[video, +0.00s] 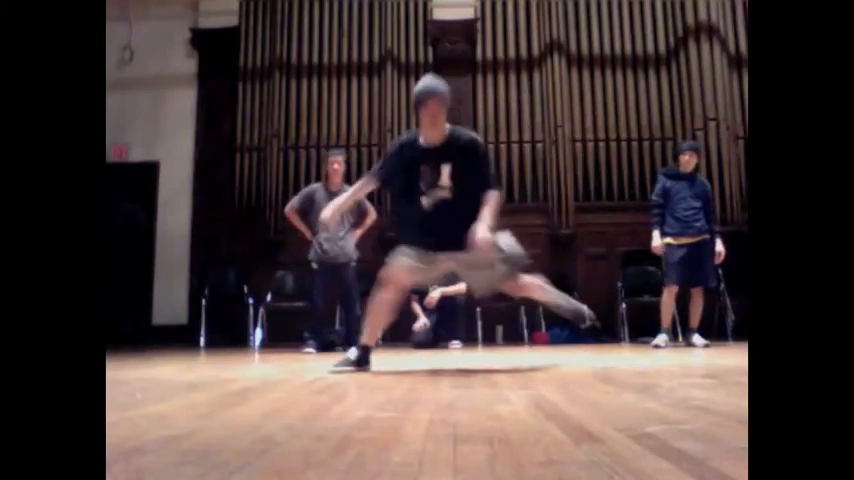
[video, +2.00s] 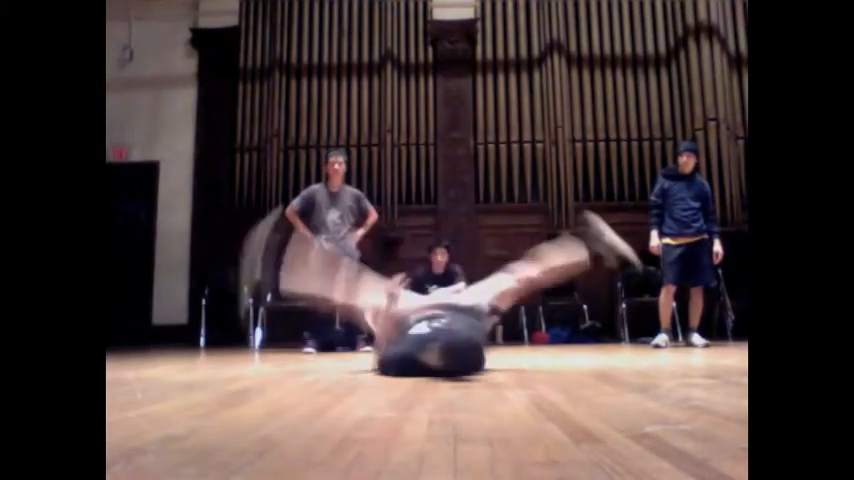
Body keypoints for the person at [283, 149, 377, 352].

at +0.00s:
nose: (335, 168)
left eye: (339, 163)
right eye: (332, 163)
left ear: (344, 168)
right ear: (326, 167)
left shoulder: (351, 193)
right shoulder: (314, 191)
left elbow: (372, 213)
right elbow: (290, 210)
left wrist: (356, 234)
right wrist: (308, 234)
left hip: (345, 251)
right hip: (321, 251)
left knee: (350, 301)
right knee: (321, 301)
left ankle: (351, 342)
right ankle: (320, 341)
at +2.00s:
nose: (336, 167)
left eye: (340, 164)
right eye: (333, 163)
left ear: (345, 168)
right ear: (326, 167)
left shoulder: (354, 194)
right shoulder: (314, 192)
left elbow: (373, 215)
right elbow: (290, 211)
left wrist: (358, 234)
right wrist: (309, 237)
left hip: (347, 252)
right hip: (320, 250)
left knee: (349, 297)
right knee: (318, 294)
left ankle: (358, 338)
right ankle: (312, 339)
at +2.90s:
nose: (337, 168)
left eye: (340, 164)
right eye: (334, 164)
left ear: (345, 168)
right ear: (327, 167)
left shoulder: (354, 195)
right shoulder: (314, 192)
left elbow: (373, 214)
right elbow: (290, 212)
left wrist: (363, 233)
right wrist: (302, 236)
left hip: (348, 253)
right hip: (318, 252)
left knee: (350, 298)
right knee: (321, 297)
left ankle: (354, 339)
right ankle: (316, 340)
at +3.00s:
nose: (337, 169)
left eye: (341, 165)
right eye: (334, 165)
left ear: (347, 169)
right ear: (327, 168)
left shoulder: (351, 195)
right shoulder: (316, 191)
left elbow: (373, 220)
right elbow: (291, 211)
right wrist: (312, 238)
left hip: (345, 251)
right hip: (324, 250)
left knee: (339, 293)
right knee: (318, 294)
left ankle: (338, 337)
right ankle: (313, 337)